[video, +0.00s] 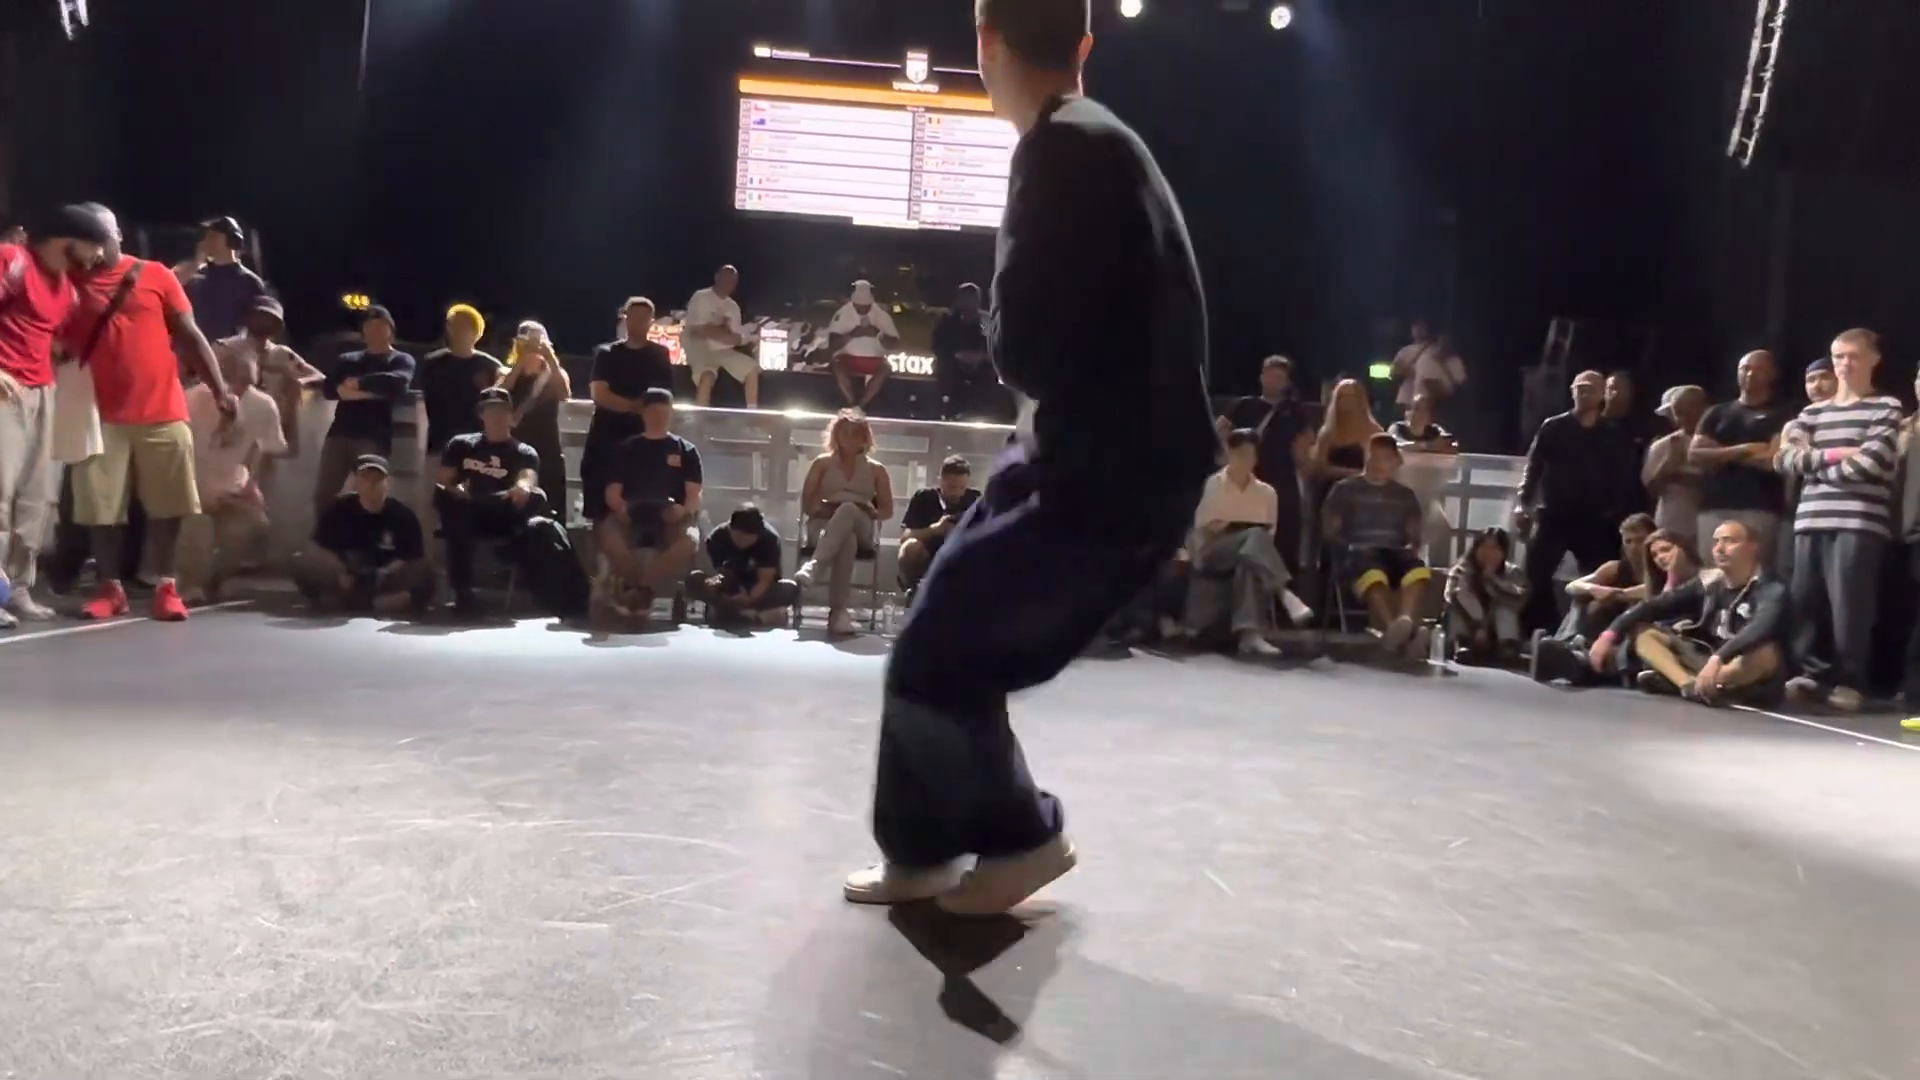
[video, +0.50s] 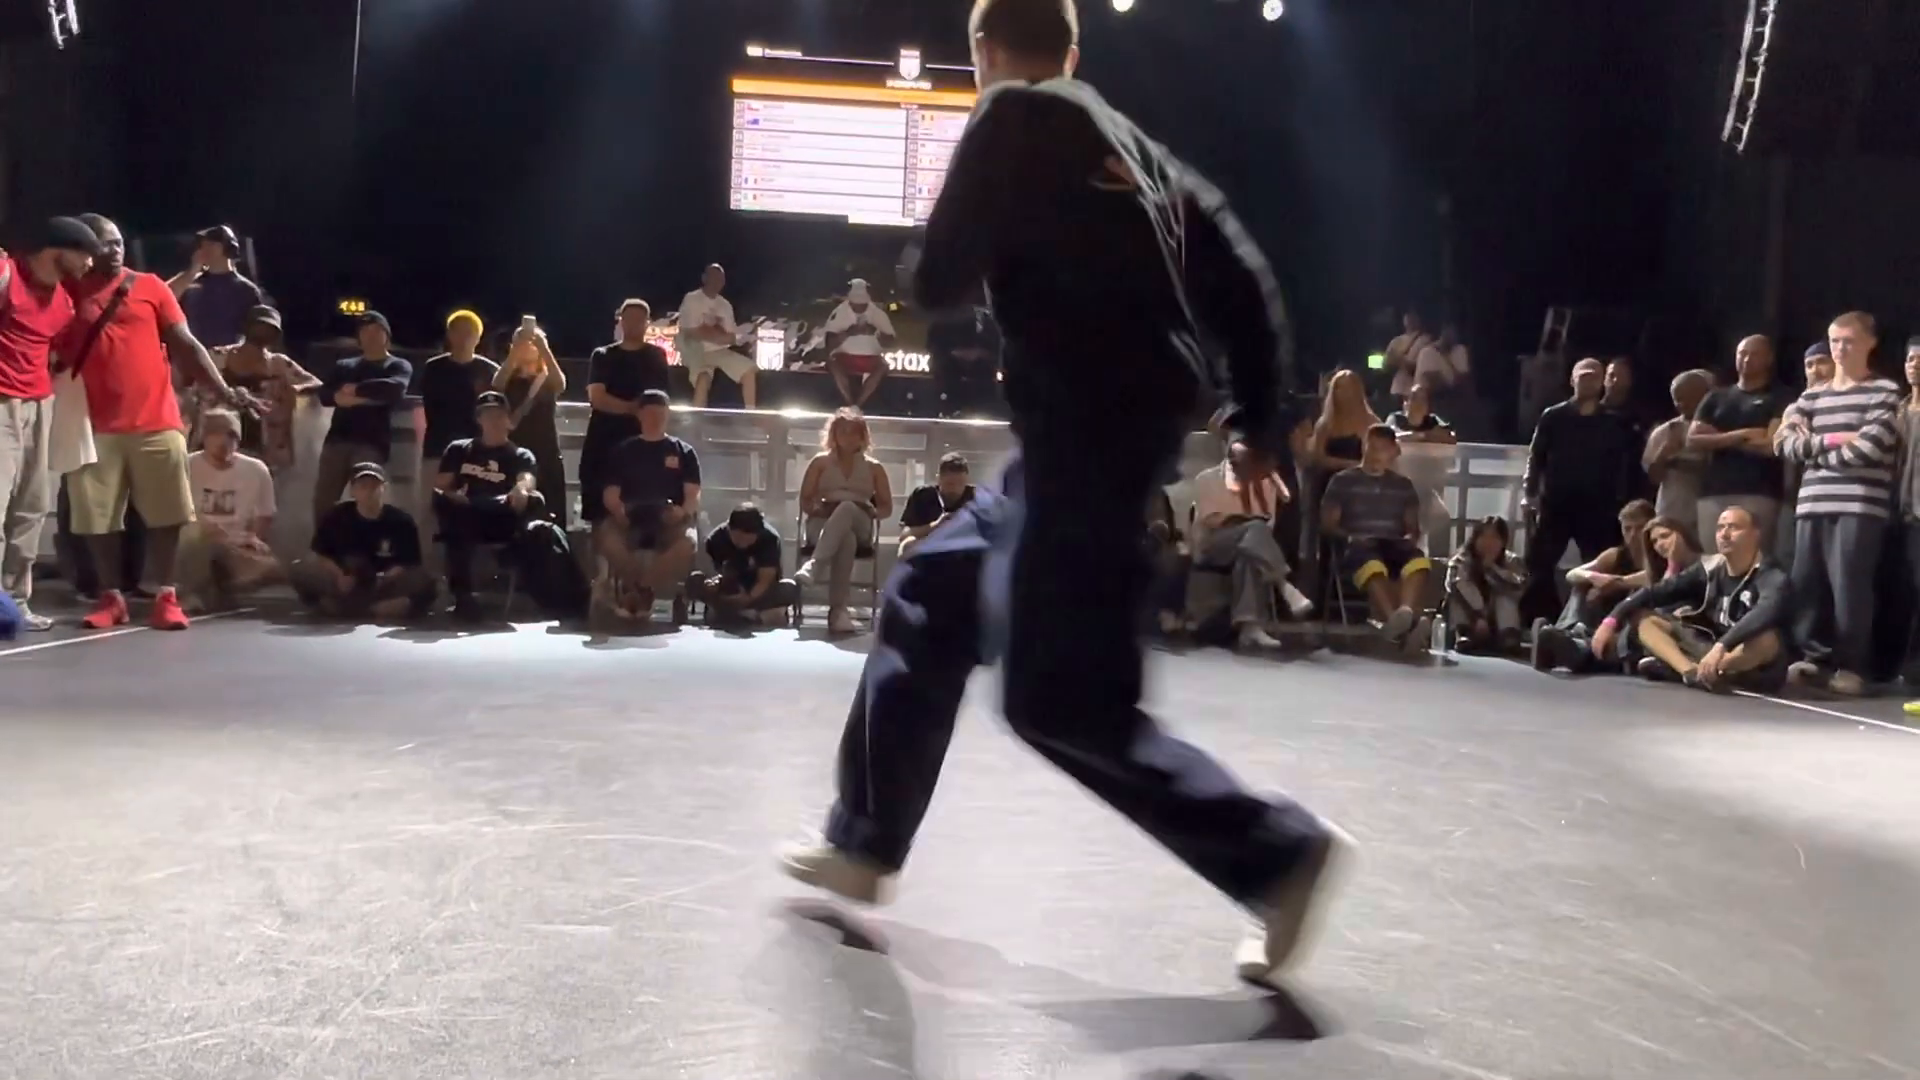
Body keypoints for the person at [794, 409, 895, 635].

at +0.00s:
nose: (853, 439)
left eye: (858, 433)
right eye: (847, 433)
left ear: (866, 438)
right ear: (836, 436)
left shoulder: (876, 470)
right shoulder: (822, 464)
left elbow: (886, 511)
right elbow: (808, 505)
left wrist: (863, 510)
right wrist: (835, 513)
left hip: (862, 531)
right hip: (823, 526)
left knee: (847, 509)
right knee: (847, 538)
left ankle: (814, 565)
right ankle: (838, 612)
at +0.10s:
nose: (856, 442)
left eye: (860, 437)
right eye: (850, 436)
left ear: (867, 441)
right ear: (838, 439)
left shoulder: (877, 473)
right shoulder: (824, 467)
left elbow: (889, 513)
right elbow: (808, 506)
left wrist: (869, 515)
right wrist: (829, 515)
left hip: (864, 533)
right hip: (824, 529)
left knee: (849, 512)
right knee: (849, 541)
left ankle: (815, 569)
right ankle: (840, 615)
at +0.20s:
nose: (856, 441)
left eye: (861, 436)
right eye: (851, 435)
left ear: (866, 440)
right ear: (837, 438)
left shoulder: (876, 472)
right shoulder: (822, 467)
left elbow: (887, 512)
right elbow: (807, 506)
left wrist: (869, 514)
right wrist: (827, 514)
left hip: (862, 532)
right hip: (823, 528)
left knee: (848, 511)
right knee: (848, 541)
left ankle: (814, 569)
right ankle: (839, 613)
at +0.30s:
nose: (848, 432)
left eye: (854, 427)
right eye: (843, 426)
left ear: (862, 432)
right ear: (833, 430)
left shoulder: (872, 465)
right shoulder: (819, 459)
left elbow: (884, 504)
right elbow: (804, 498)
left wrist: (863, 504)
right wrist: (827, 507)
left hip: (859, 524)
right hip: (820, 521)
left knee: (845, 503)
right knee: (844, 532)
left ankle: (811, 560)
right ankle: (835, 607)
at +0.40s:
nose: (849, 432)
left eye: (855, 426)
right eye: (843, 426)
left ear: (862, 431)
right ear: (833, 429)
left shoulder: (872, 463)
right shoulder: (819, 458)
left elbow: (884, 503)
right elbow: (804, 497)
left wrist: (865, 504)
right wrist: (824, 504)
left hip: (860, 523)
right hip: (820, 520)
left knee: (845, 502)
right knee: (845, 532)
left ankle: (812, 559)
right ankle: (837, 605)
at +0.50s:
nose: (850, 437)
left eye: (856, 432)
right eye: (844, 432)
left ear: (863, 436)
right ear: (834, 435)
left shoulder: (874, 468)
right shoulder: (820, 463)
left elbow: (886, 508)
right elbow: (805, 502)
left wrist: (866, 511)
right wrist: (825, 511)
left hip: (861, 529)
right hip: (822, 525)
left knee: (846, 508)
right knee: (847, 538)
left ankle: (813, 565)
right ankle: (838, 611)